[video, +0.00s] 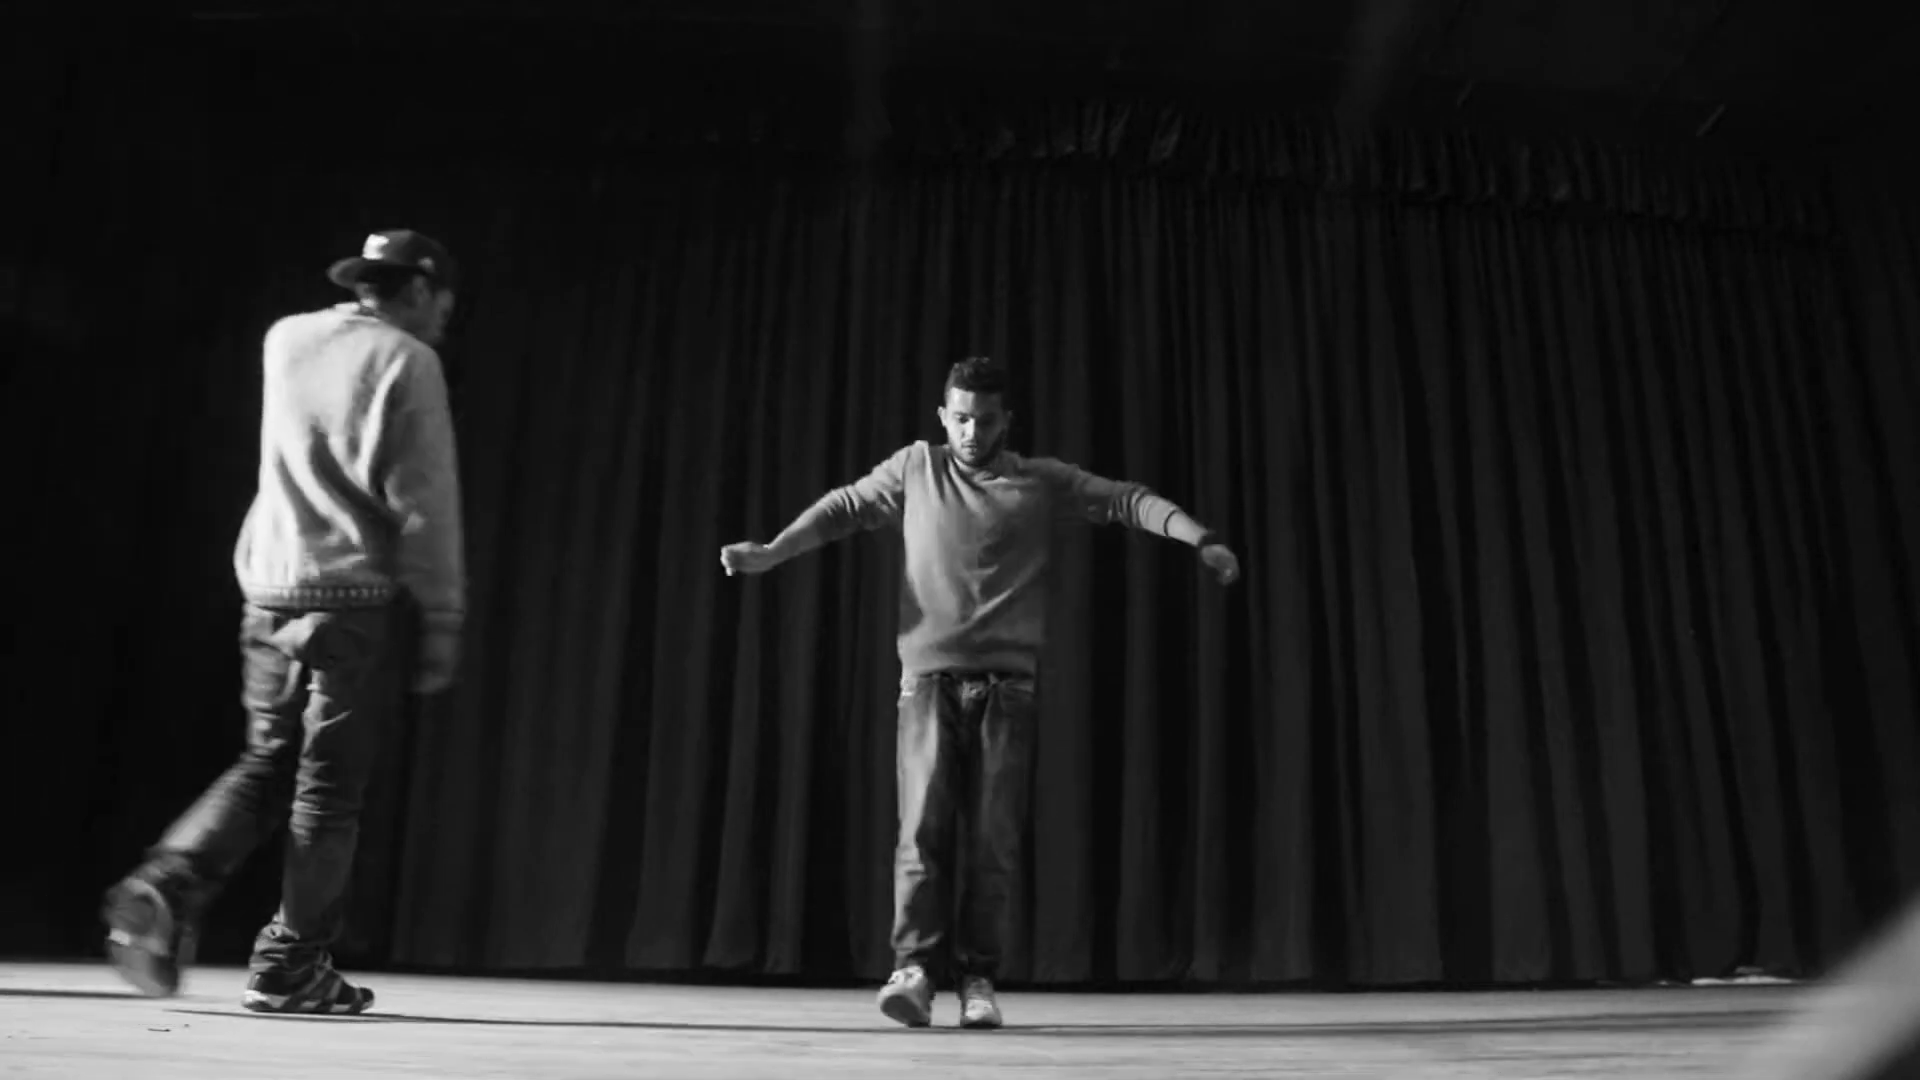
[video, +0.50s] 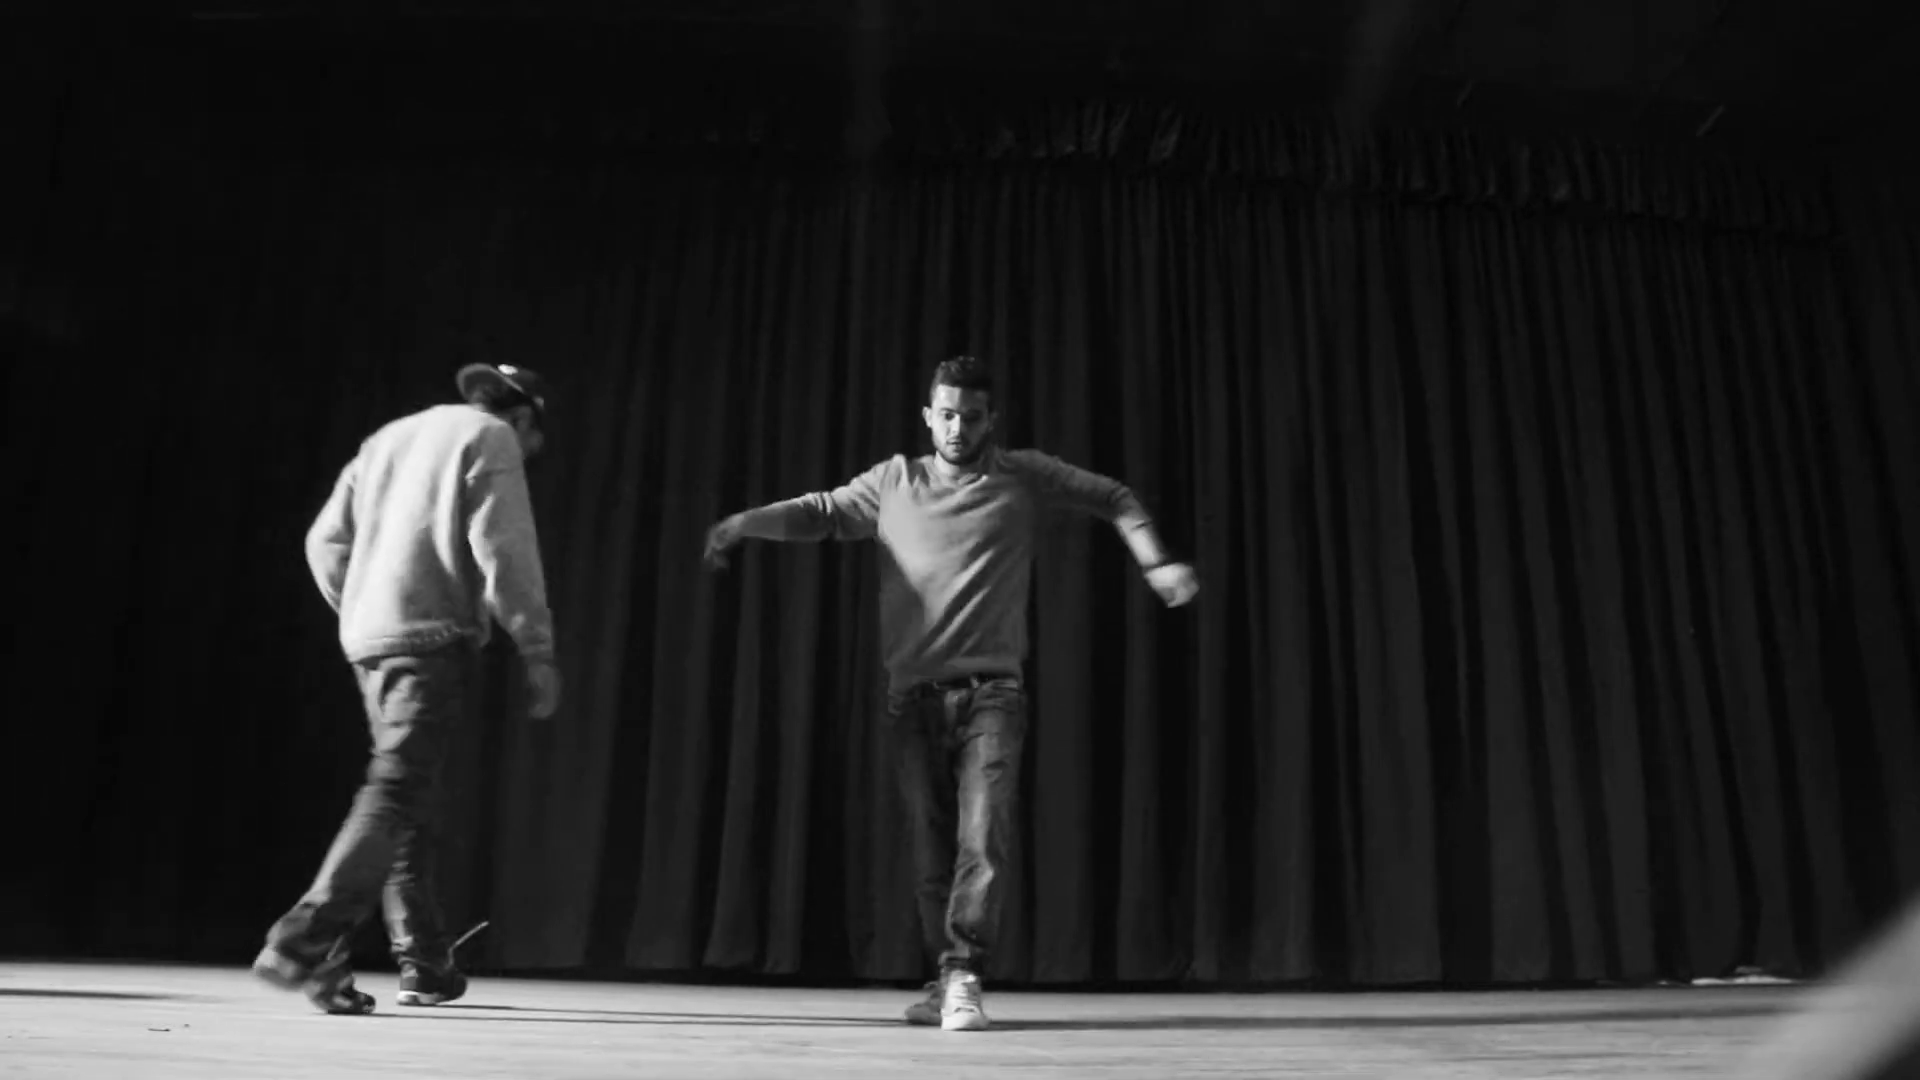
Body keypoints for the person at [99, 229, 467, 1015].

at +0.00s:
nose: (444, 316)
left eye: (446, 302)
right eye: (441, 300)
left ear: (365, 286)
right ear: (414, 292)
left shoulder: (287, 336)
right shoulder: (410, 362)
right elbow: (425, 507)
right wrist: (442, 623)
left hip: (268, 589)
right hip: (352, 599)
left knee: (265, 761)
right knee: (329, 784)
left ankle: (159, 892)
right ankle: (294, 962)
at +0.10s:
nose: (467, 335)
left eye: (468, 320)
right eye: (466, 319)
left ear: (389, 300)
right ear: (440, 304)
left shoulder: (305, 353)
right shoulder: (424, 368)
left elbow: (312, 463)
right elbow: (454, 502)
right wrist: (491, 617)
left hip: (291, 592)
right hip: (372, 599)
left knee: (302, 763)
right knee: (336, 783)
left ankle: (219, 924)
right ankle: (293, 963)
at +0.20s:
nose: (484, 363)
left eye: (487, 350)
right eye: (485, 348)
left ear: (420, 322)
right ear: (464, 333)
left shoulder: (332, 368)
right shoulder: (441, 382)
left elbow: (290, 450)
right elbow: (472, 510)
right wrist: (524, 593)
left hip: (307, 602)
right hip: (382, 604)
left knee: (348, 775)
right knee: (341, 784)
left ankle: (312, 958)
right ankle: (288, 962)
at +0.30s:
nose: (500, 396)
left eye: (506, 386)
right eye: (504, 383)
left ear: (444, 347)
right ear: (488, 361)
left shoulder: (351, 390)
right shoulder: (459, 397)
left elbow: (289, 490)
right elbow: (488, 525)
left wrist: (361, 488)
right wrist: (544, 598)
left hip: (323, 616)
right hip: (396, 614)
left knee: (371, 782)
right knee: (349, 790)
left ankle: (378, 947)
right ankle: (290, 961)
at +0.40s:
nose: (514, 423)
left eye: (520, 415)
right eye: (517, 411)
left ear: (458, 375)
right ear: (503, 390)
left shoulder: (367, 416)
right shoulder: (475, 416)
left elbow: (301, 516)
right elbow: (499, 534)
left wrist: (359, 572)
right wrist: (548, 623)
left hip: (342, 621)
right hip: (413, 620)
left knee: (385, 798)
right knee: (363, 796)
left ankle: (417, 960)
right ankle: (293, 954)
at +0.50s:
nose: (528, 449)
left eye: (532, 440)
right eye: (531, 435)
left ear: (478, 399)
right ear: (517, 414)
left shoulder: (384, 440)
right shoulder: (488, 435)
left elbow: (325, 540)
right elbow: (503, 547)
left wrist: (366, 614)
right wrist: (538, 654)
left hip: (366, 636)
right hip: (428, 634)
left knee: (404, 797)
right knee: (391, 793)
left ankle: (424, 966)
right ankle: (303, 950)